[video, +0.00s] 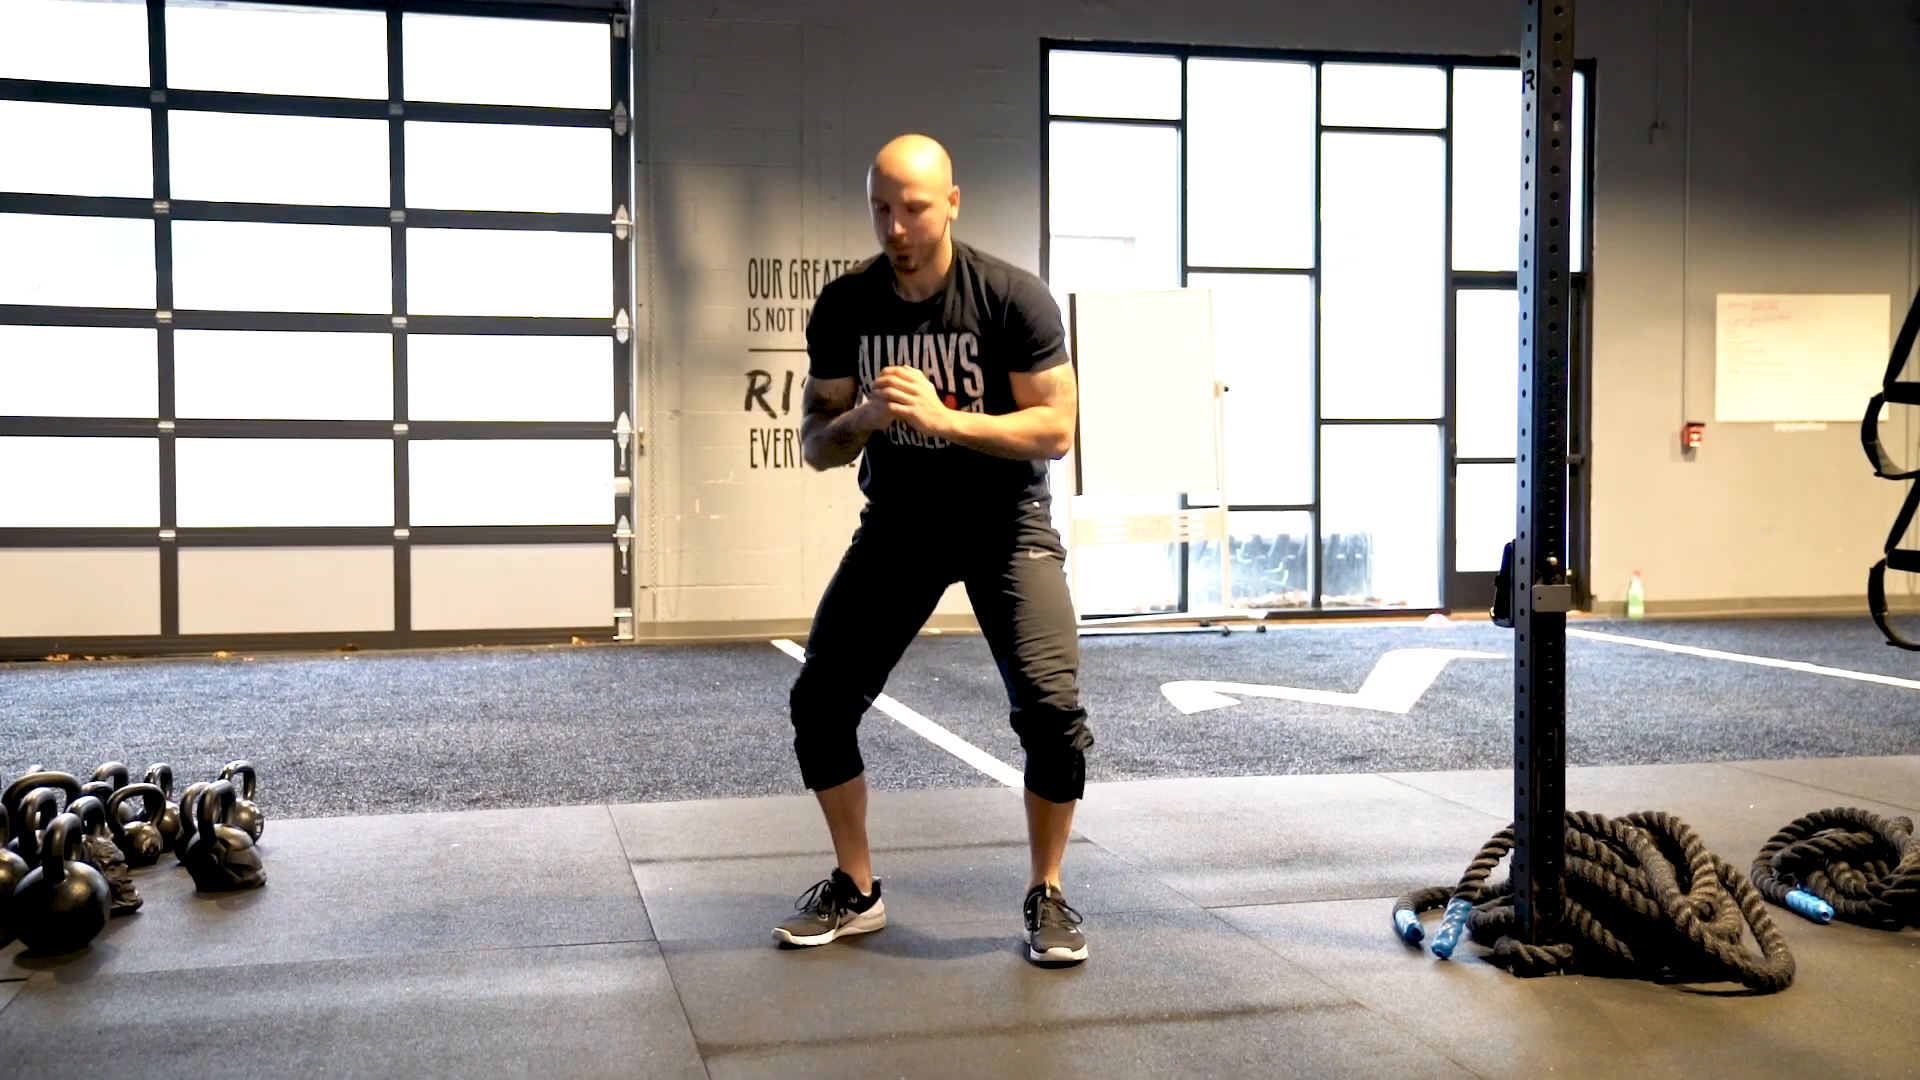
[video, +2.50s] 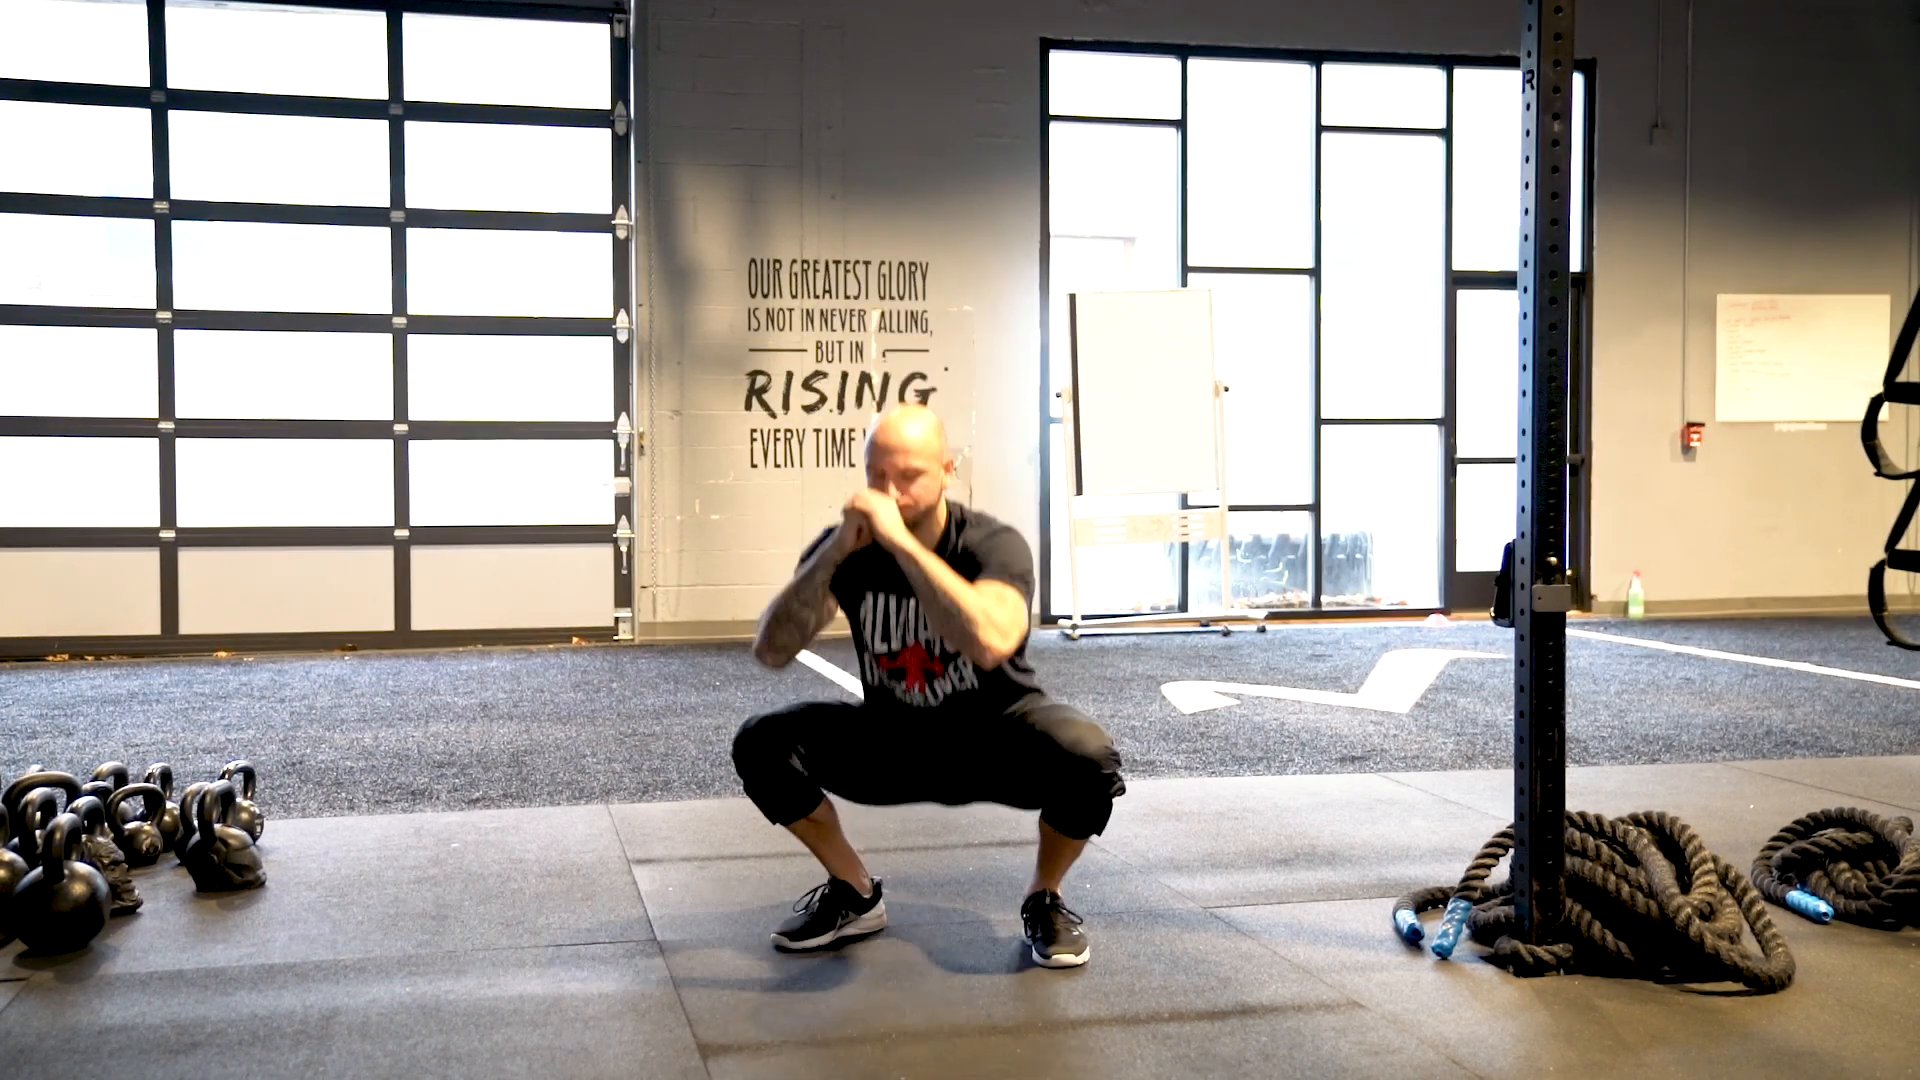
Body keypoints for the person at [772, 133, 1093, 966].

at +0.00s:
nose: (895, 228)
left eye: (913, 209)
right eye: (883, 210)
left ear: (953, 206)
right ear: (871, 210)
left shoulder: (1015, 300)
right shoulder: (844, 306)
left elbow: (1054, 431)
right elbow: (819, 447)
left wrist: (948, 418)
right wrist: (864, 417)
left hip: (1010, 526)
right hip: (902, 527)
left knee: (1056, 714)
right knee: (820, 702)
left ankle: (1047, 893)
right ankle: (855, 886)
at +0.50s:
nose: (901, 506)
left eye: (921, 490)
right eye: (889, 488)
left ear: (959, 485)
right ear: (875, 484)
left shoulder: (1005, 559)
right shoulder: (847, 562)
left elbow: (1002, 665)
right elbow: (783, 673)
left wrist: (908, 573)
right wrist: (848, 576)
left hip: (994, 741)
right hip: (896, 743)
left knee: (1091, 752)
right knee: (767, 740)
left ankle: (1046, 898)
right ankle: (854, 888)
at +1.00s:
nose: (892, 216)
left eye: (910, 198)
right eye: (880, 198)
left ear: (949, 196)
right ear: (867, 200)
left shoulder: (1010, 289)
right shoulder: (839, 297)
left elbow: (1054, 421)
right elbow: (815, 438)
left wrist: (946, 410)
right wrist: (863, 408)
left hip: (1005, 525)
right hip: (895, 525)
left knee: (1053, 713)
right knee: (819, 701)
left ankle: (1046, 893)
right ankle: (855, 884)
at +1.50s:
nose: (896, 507)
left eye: (914, 491)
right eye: (883, 490)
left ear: (951, 486)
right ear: (869, 488)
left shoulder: (998, 558)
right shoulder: (843, 563)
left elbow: (991, 660)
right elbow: (777, 665)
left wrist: (903, 560)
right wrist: (840, 563)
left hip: (991, 743)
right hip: (892, 744)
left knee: (1087, 754)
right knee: (761, 744)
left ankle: (1046, 900)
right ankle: (854, 888)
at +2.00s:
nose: (891, 206)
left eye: (907, 190)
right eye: (878, 189)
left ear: (947, 187)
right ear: (863, 191)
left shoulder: (1007, 284)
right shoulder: (836, 294)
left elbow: (1052, 413)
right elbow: (816, 432)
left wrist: (945, 421)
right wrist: (859, 420)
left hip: (1001, 523)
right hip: (892, 523)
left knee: (1052, 708)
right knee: (818, 699)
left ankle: (1047, 892)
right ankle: (855, 885)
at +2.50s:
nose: (891, 494)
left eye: (908, 478)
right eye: (878, 477)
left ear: (947, 472)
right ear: (864, 474)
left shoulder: (994, 544)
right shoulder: (843, 549)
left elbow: (990, 641)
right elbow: (770, 652)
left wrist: (900, 543)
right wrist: (834, 553)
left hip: (990, 736)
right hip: (890, 737)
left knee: (1085, 755)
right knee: (762, 746)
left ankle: (1046, 899)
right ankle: (853, 888)